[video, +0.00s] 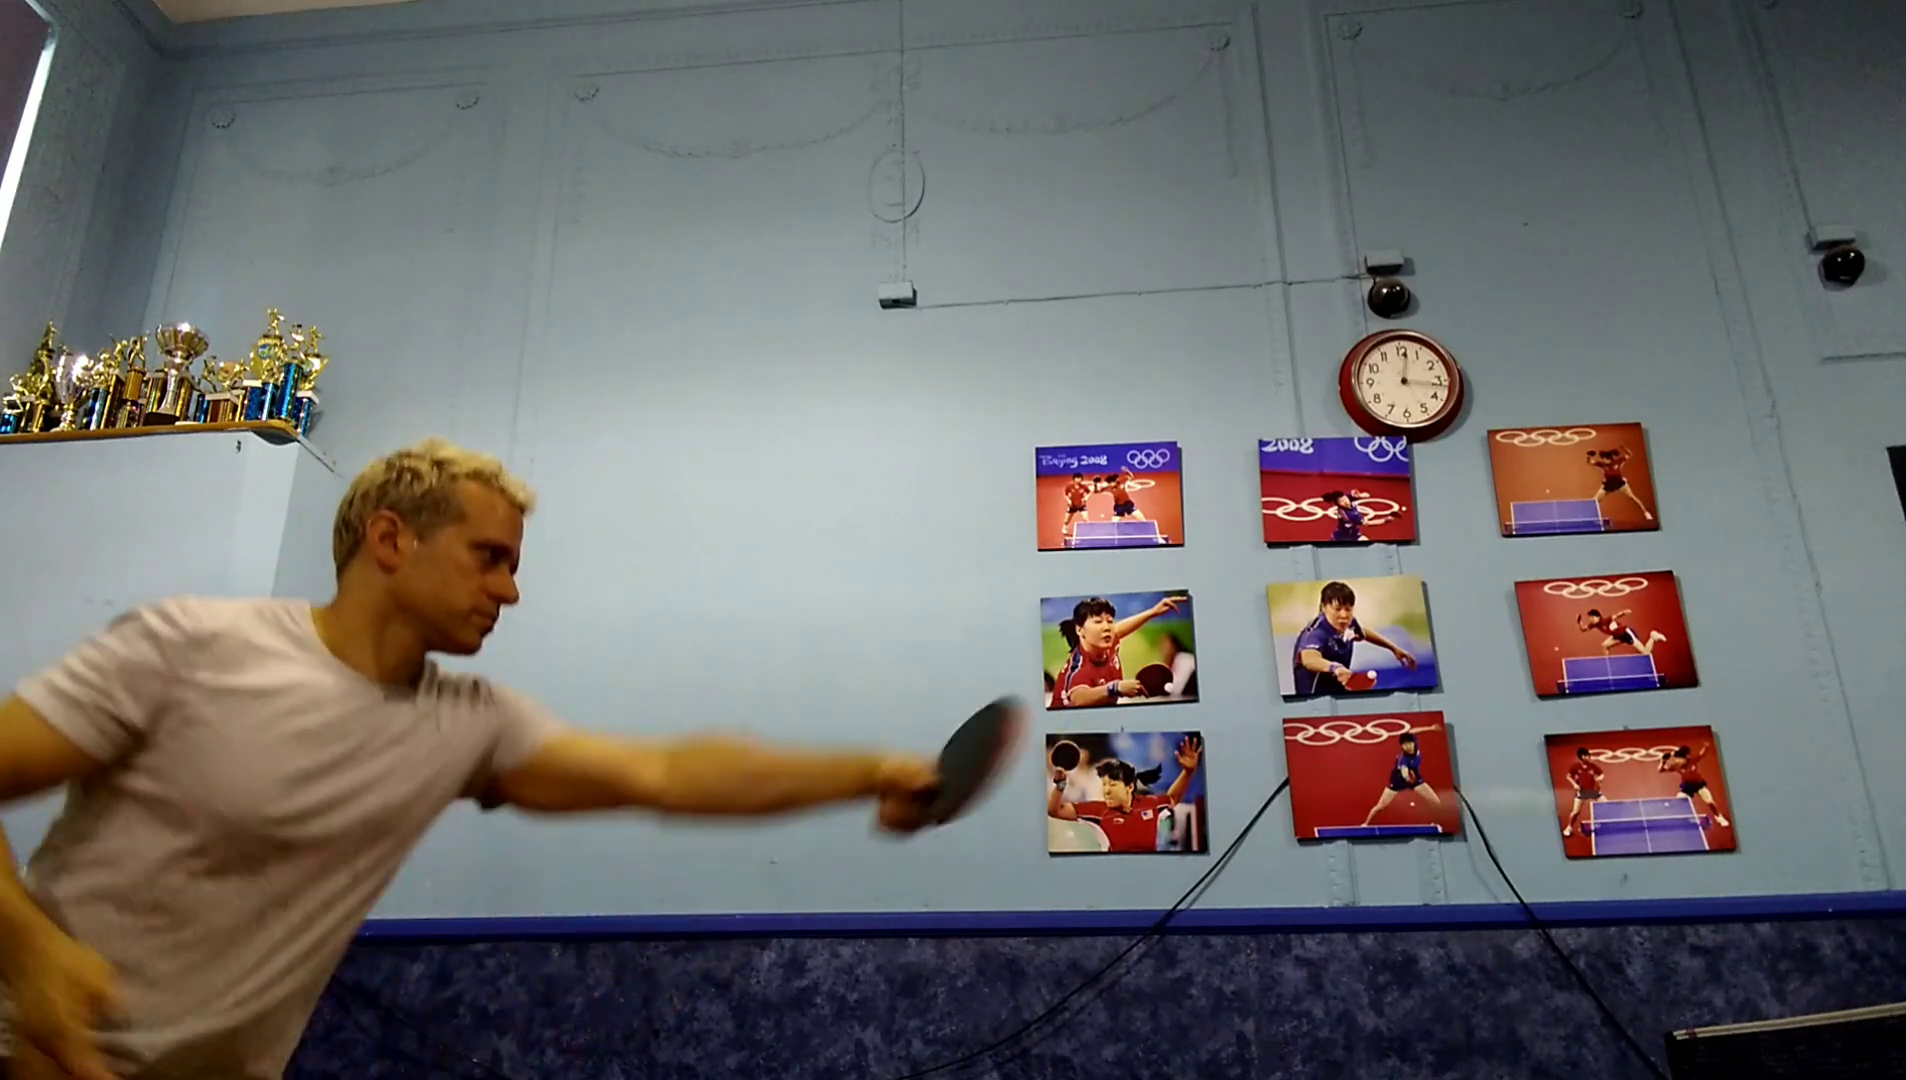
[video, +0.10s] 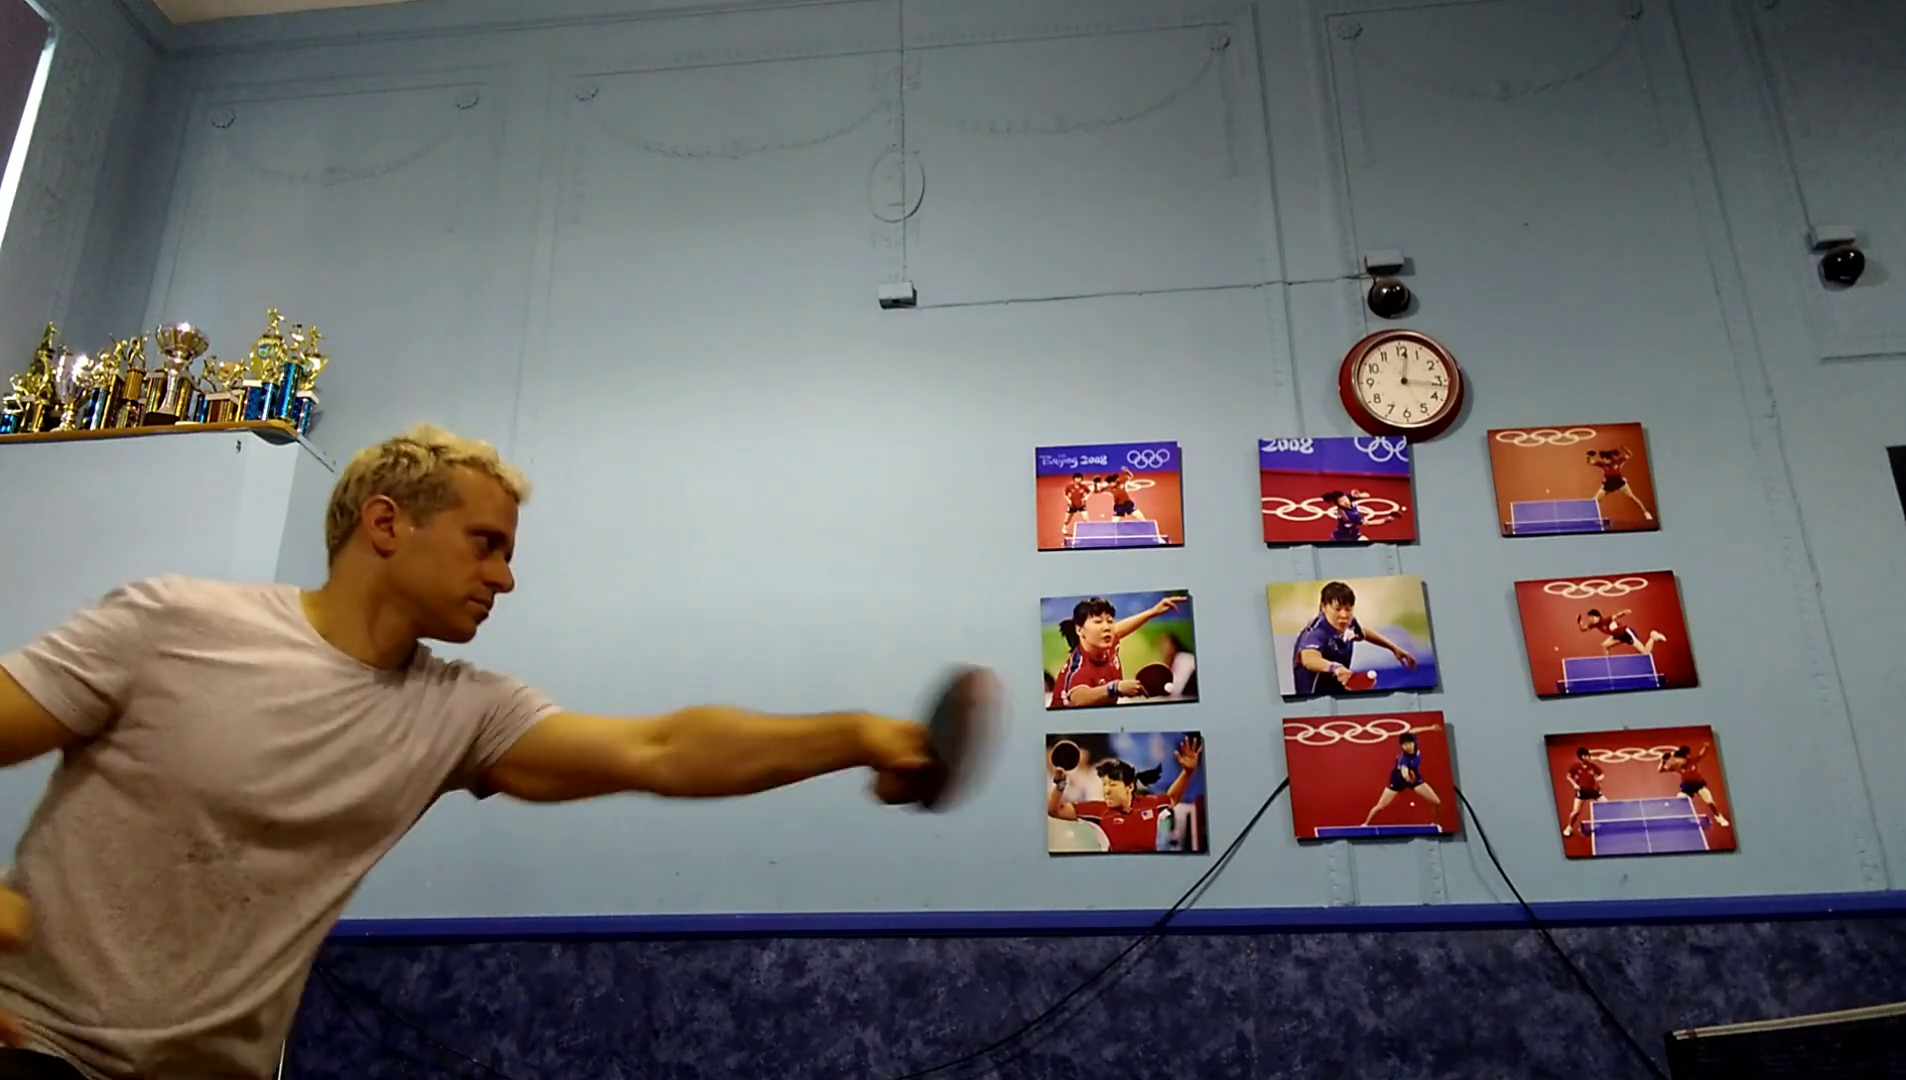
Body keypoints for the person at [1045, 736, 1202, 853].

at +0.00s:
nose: (1107, 790)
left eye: (1113, 785)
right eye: (1104, 785)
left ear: (1130, 787)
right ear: (1101, 787)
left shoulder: (1151, 804)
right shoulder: (1100, 811)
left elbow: (1172, 798)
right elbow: (1055, 811)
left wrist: (1188, 771)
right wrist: (1059, 785)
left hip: (1152, 872)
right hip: (1117, 874)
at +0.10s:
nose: (1106, 790)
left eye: (1113, 785)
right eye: (1104, 785)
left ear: (1130, 787)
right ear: (1102, 787)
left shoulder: (1151, 805)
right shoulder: (1100, 811)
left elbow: (1172, 798)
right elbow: (1055, 811)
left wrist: (1188, 771)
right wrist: (1059, 785)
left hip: (1152, 872)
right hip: (1117, 874)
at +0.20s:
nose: (1107, 790)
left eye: (1113, 785)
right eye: (1104, 785)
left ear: (1130, 787)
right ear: (1101, 786)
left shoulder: (1150, 805)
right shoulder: (1100, 811)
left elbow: (1173, 798)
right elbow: (1055, 811)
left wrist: (1188, 771)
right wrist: (1059, 785)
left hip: (1151, 873)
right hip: (1116, 874)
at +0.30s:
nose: (1107, 790)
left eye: (1113, 785)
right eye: (1104, 785)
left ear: (1130, 787)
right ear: (1101, 787)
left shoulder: (1151, 804)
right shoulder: (1100, 811)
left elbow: (1172, 798)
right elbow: (1055, 811)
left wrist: (1188, 771)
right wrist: (1059, 785)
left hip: (1151, 872)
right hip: (1116, 873)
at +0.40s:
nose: (1107, 790)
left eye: (1113, 785)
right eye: (1104, 785)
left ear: (1130, 787)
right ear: (1101, 786)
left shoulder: (1150, 805)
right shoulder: (1100, 810)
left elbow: (1173, 798)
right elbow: (1055, 811)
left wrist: (1188, 772)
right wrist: (1059, 785)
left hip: (1150, 872)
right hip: (1116, 874)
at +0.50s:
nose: (1107, 790)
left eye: (1113, 785)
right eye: (1104, 785)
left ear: (1130, 787)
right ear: (1101, 786)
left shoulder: (1151, 804)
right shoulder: (1100, 810)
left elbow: (1173, 798)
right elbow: (1055, 811)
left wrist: (1188, 772)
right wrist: (1059, 785)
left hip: (1150, 872)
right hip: (1116, 874)